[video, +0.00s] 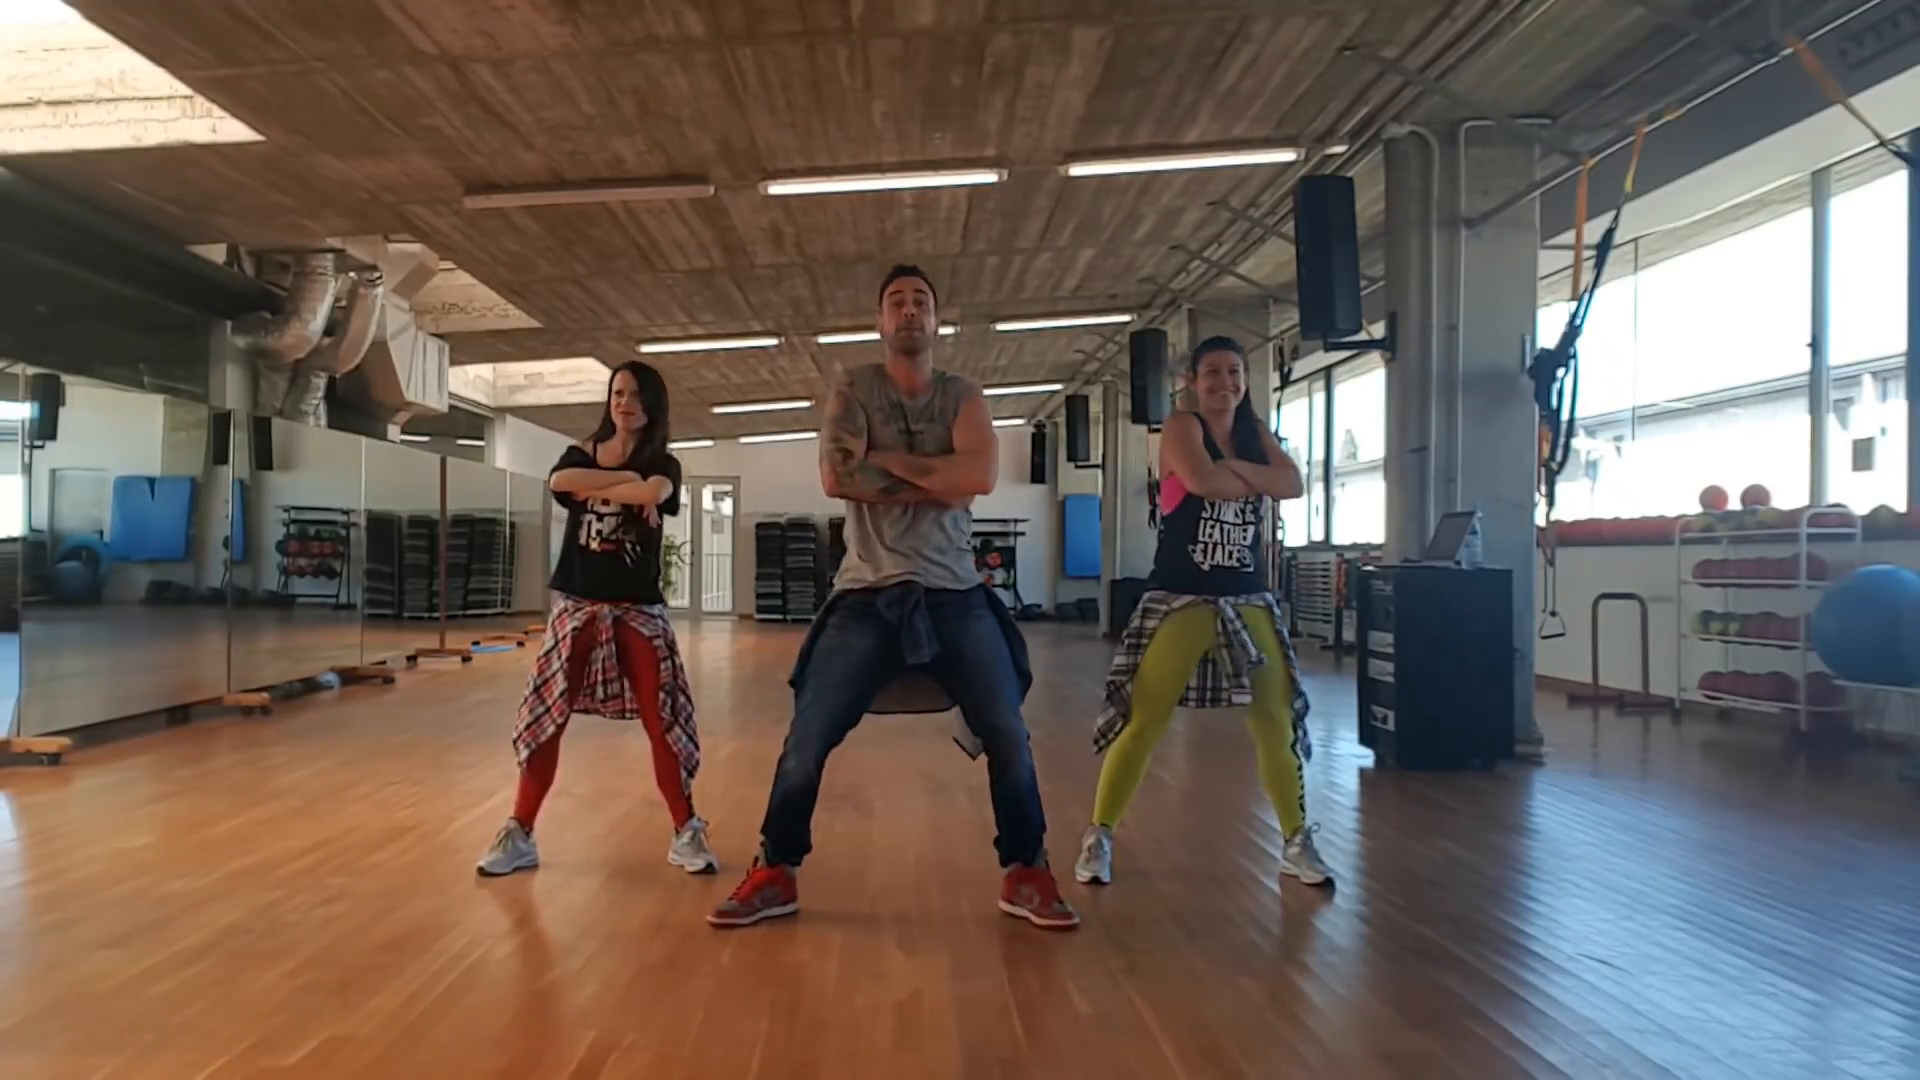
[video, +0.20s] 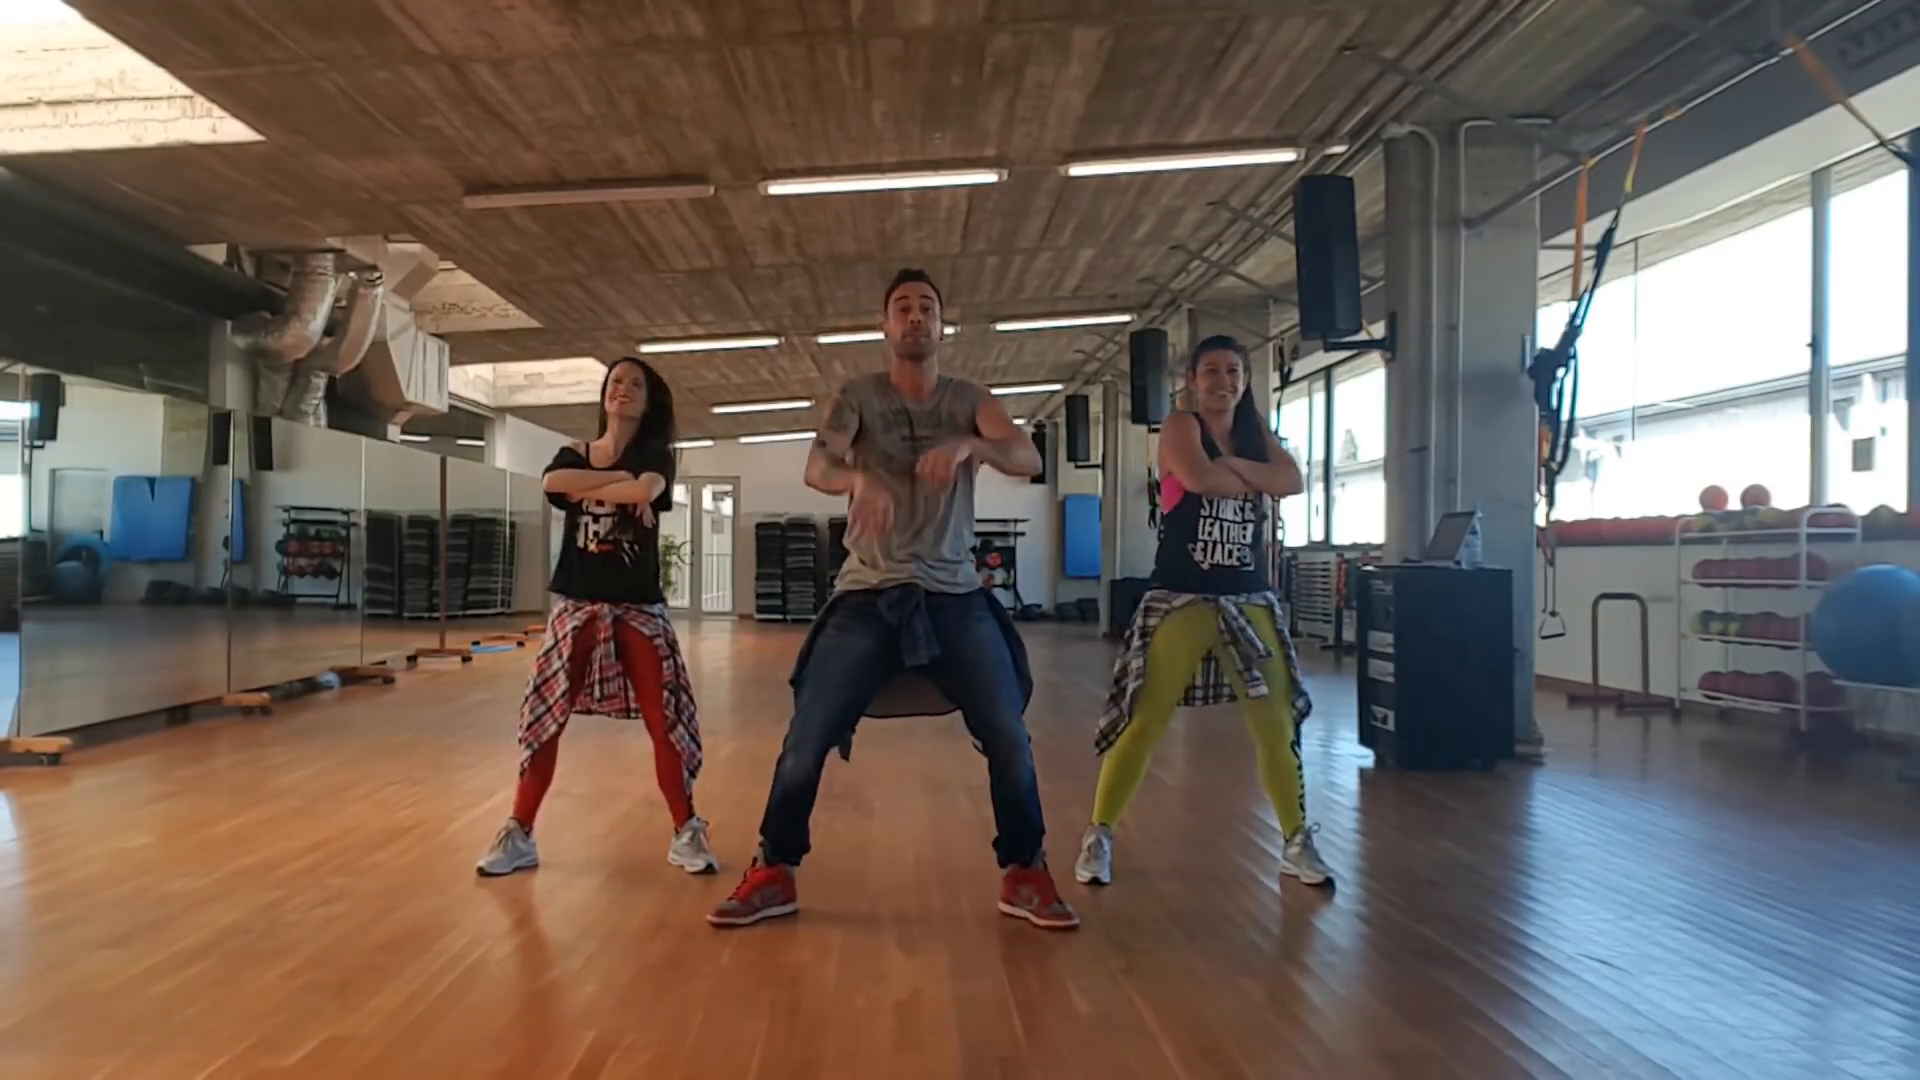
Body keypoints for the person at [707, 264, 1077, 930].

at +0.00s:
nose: (909, 309)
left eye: (920, 301)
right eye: (897, 301)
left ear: (937, 321)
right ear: (878, 321)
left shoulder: (963, 396)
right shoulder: (853, 392)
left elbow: (977, 476)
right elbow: (835, 480)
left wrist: (882, 458)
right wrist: (931, 488)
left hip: (954, 592)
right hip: (866, 592)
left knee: (1005, 727)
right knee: (809, 731)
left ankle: (1025, 873)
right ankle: (775, 872)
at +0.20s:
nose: (914, 316)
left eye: (925, 307)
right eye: (903, 307)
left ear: (942, 325)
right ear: (883, 326)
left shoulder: (970, 398)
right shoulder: (855, 397)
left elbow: (1028, 461)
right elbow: (816, 470)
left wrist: (975, 448)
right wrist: (859, 480)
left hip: (955, 592)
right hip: (866, 591)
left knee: (1006, 730)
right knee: (810, 726)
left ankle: (1025, 873)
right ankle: (775, 871)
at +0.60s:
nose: (912, 320)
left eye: (923, 311)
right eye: (900, 310)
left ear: (939, 325)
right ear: (882, 323)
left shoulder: (957, 395)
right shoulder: (856, 396)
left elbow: (990, 434)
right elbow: (815, 456)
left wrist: (992, 343)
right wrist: (807, 368)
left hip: (947, 589)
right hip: (860, 587)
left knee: (1000, 728)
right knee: (802, 728)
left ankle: (1023, 873)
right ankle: (773, 872)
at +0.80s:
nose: (924, 320)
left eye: (935, 310)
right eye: (913, 309)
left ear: (951, 322)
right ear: (893, 321)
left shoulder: (970, 397)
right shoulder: (861, 395)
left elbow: (1005, 428)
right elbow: (792, 449)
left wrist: (1004, 333)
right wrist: (754, 399)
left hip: (957, 592)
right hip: (869, 590)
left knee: (1019, 728)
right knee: (807, 724)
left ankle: (1034, 868)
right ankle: (754, 863)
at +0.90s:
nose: (931, 330)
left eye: (942, 320)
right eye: (919, 319)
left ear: (958, 331)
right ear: (900, 330)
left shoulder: (980, 402)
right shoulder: (871, 409)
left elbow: (1005, 436)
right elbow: (793, 461)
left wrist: (995, 338)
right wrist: (755, 391)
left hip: (975, 601)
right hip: (889, 600)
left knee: (1032, 739)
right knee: (820, 739)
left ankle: (1032, 873)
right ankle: (758, 864)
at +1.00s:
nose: (934, 345)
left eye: (945, 333)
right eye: (922, 333)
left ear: (961, 342)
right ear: (904, 342)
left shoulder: (985, 410)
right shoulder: (878, 421)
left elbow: (990, 446)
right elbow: (805, 468)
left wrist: (972, 349)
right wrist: (764, 383)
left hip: (984, 606)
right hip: (897, 606)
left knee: (1031, 740)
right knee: (829, 743)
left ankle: (1033, 874)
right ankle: (809, 874)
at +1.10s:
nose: (923, 347)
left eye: (934, 336)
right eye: (911, 335)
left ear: (950, 344)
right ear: (894, 343)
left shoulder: (972, 409)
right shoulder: (868, 415)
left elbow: (989, 444)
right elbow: (811, 452)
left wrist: (980, 346)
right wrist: (764, 382)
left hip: (970, 602)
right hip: (885, 599)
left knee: (1007, 739)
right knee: (803, 720)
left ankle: (1036, 870)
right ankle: (808, 867)